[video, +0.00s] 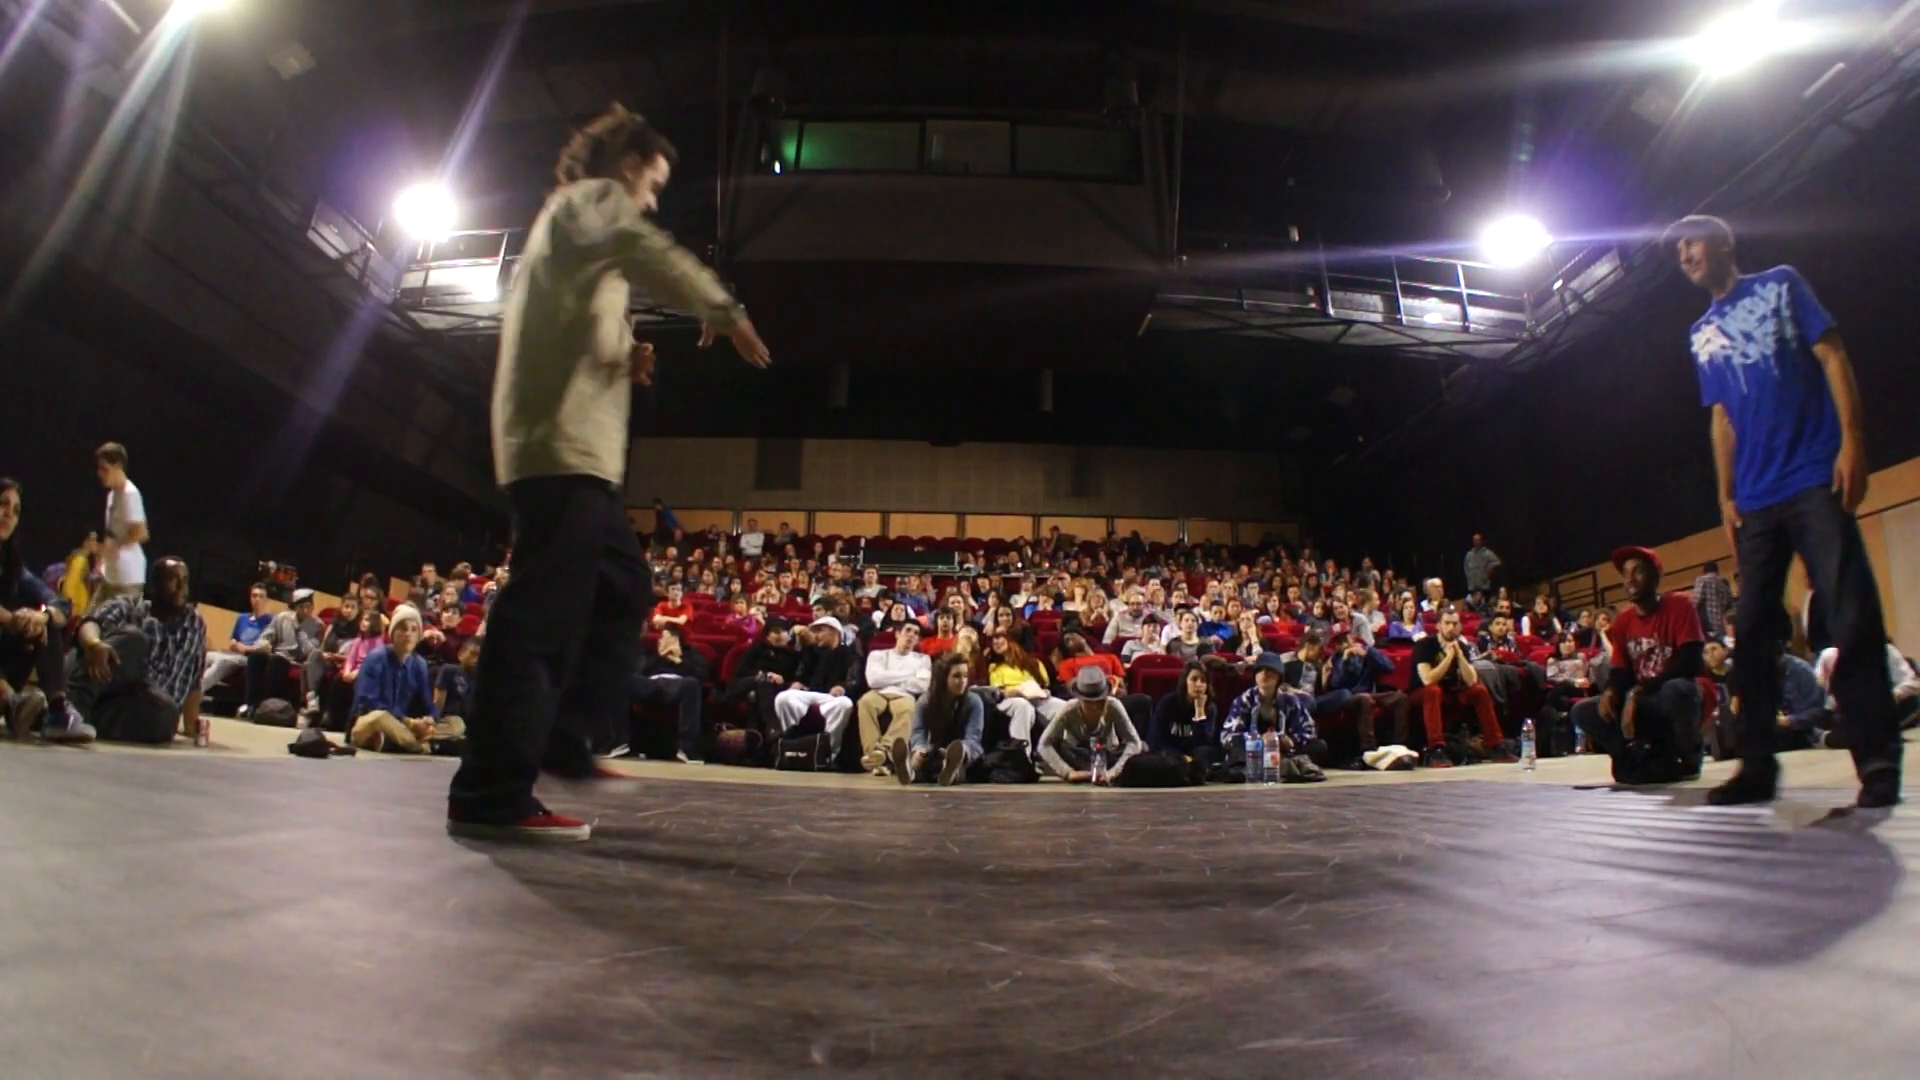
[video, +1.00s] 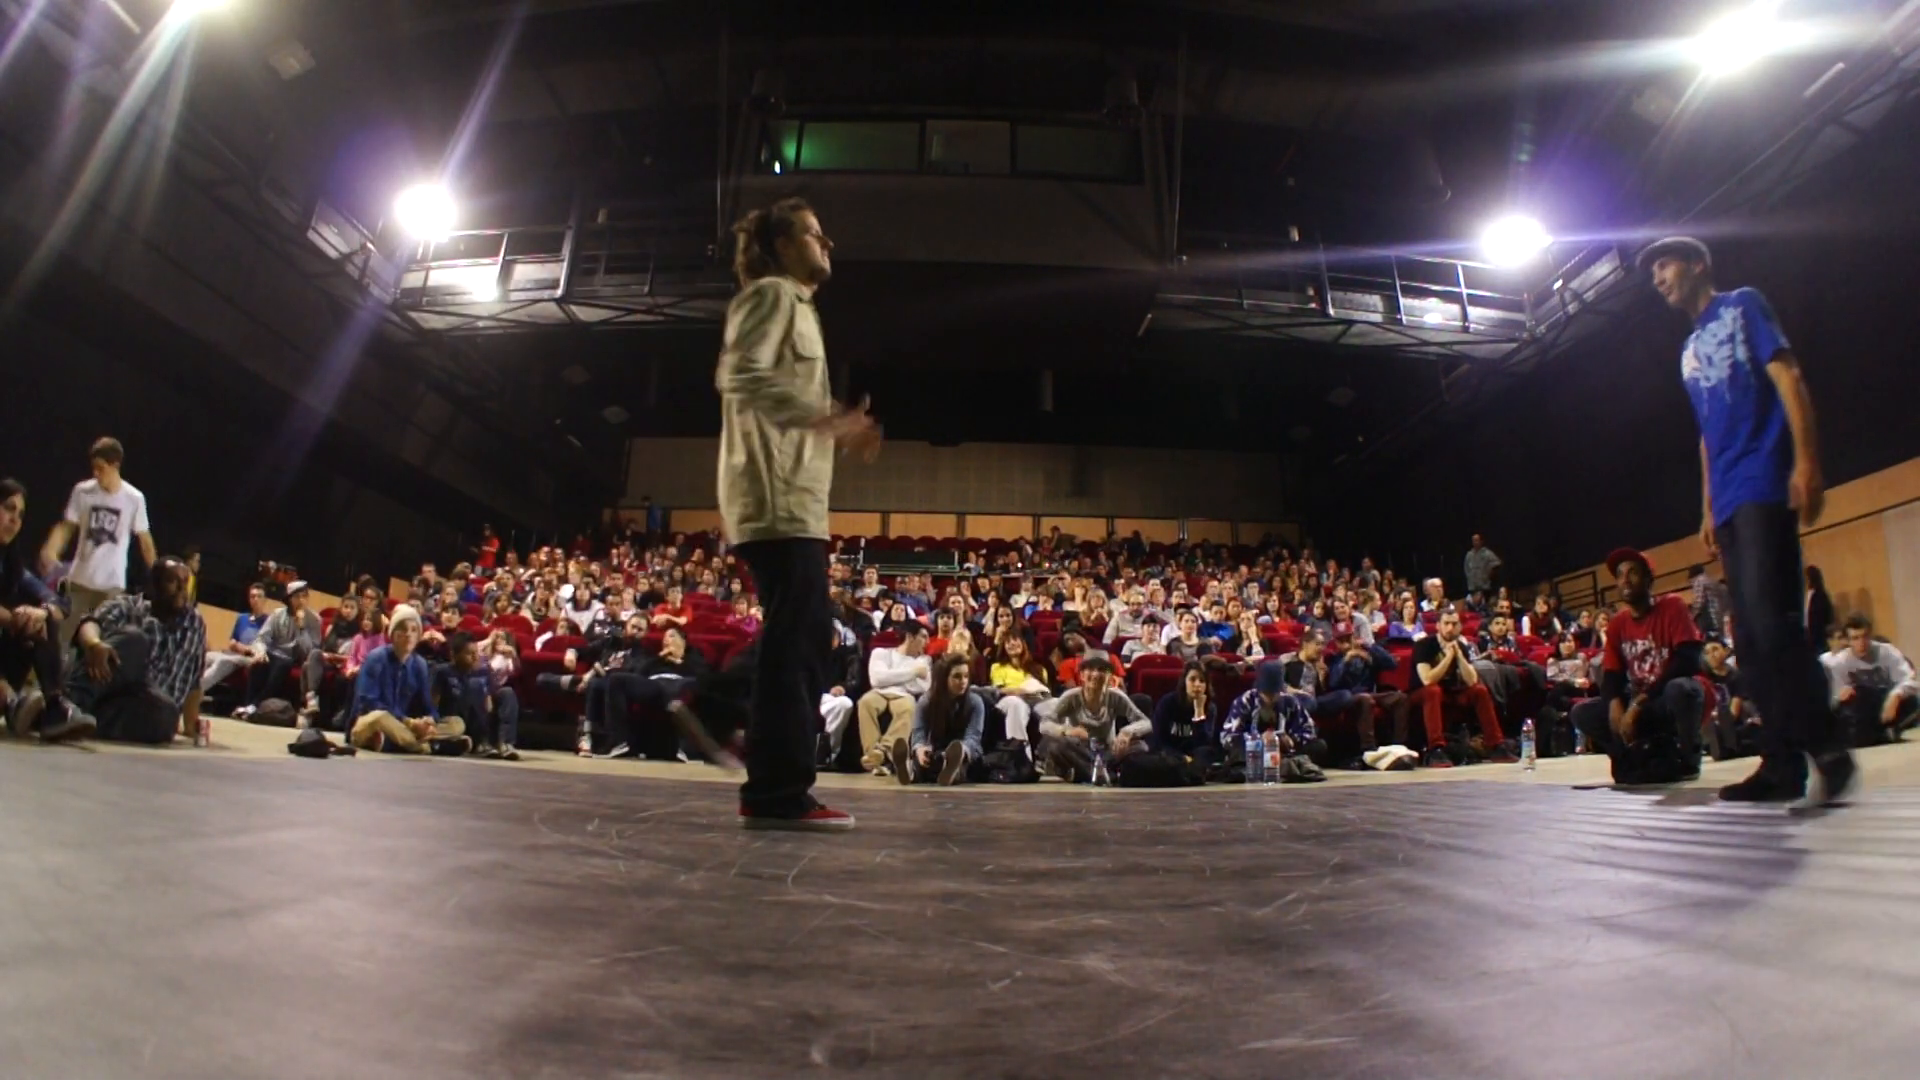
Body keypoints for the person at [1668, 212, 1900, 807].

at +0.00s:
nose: (1687, 256)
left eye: (1695, 243)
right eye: (1681, 250)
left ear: (1726, 245)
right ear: (1684, 263)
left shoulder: (1780, 285)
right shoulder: (1700, 335)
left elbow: (1833, 358)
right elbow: (1721, 418)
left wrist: (1852, 445)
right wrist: (1726, 496)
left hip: (1813, 480)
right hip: (1754, 498)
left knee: (1851, 621)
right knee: (1751, 628)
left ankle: (1878, 770)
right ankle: (1756, 768)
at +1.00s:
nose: (1658, 278)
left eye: (1665, 265)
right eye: (1654, 274)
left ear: (1698, 264)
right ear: (1662, 286)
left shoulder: (1741, 303)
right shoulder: (1687, 354)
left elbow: (1786, 376)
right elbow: (1707, 436)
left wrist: (1806, 461)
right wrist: (1709, 512)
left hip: (1764, 484)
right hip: (1727, 499)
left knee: (1773, 620)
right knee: (1750, 630)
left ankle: (1828, 752)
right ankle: (1780, 763)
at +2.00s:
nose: (1531, 353)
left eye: (1537, 342)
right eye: (1529, 345)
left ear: (1566, 342)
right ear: (1563, 347)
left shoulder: (1576, 380)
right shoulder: (1598, 384)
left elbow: (1591, 452)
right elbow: (1617, 468)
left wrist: (1553, 525)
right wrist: (1641, 548)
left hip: (1607, 538)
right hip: (1619, 537)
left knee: (1614, 653)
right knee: (1604, 653)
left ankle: (1634, 775)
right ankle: (1599, 760)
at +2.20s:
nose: (1515, 373)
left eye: (1521, 363)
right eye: (1513, 367)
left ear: (1548, 362)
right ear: (1534, 370)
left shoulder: (1572, 399)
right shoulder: (1551, 417)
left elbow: (1586, 472)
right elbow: (1575, 488)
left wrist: (1552, 535)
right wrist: (1563, 557)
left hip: (1598, 549)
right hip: (1577, 554)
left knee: (1607, 658)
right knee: (1577, 661)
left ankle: (1634, 772)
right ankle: (1570, 767)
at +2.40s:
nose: (1502, 381)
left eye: (1508, 371)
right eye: (1499, 376)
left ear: (1535, 372)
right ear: (1505, 386)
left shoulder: (1565, 405)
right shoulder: (1519, 441)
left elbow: (1593, 474)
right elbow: (1536, 511)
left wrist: (1582, 543)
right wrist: (1537, 571)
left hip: (1590, 554)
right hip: (1554, 564)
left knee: (1608, 662)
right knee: (1560, 669)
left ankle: (1625, 768)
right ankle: (1569, 766)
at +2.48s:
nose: (1498, 385)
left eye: (1504, 375)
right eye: (1495, 380)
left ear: (1531, 375)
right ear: (1500, 390)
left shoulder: (1564, 408)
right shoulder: (1513, 444)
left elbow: (1595, 474)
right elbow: (1529, 510)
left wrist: (1593, 546)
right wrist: (1528, 571)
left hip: (1588, 560)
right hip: (1548, 570)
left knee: (1613, 661)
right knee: (1556, 671)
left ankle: (1628, 763)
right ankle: (1568, 768)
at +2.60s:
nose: (1499, 390)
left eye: (1505, 380)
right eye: (1495, 385)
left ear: (1531, 379)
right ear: (1501, 394)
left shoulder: (1565, 412)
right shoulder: (1512, 449)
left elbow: (1596, 479)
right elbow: (1527, 513)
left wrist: (1599, 549)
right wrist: (1522, 573)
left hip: (1588, 564)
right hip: (1547, 576)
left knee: (1619, 663)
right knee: (1557, 674)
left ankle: (1640, 766)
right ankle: (1568, 768)